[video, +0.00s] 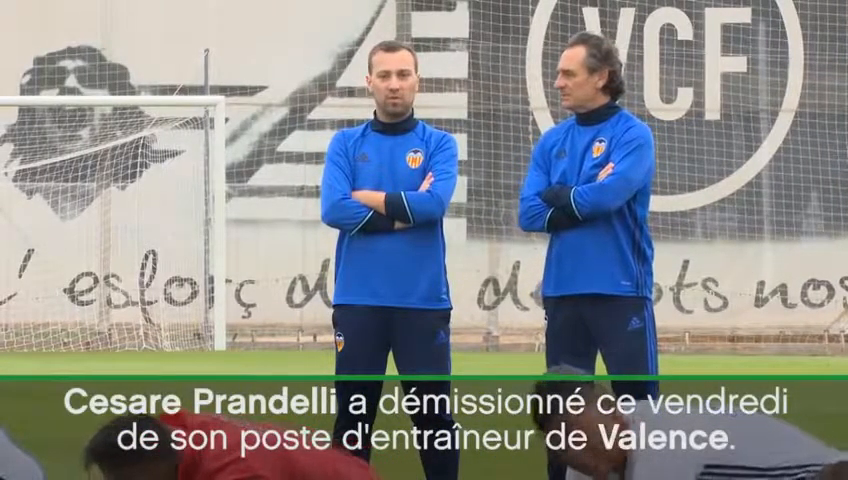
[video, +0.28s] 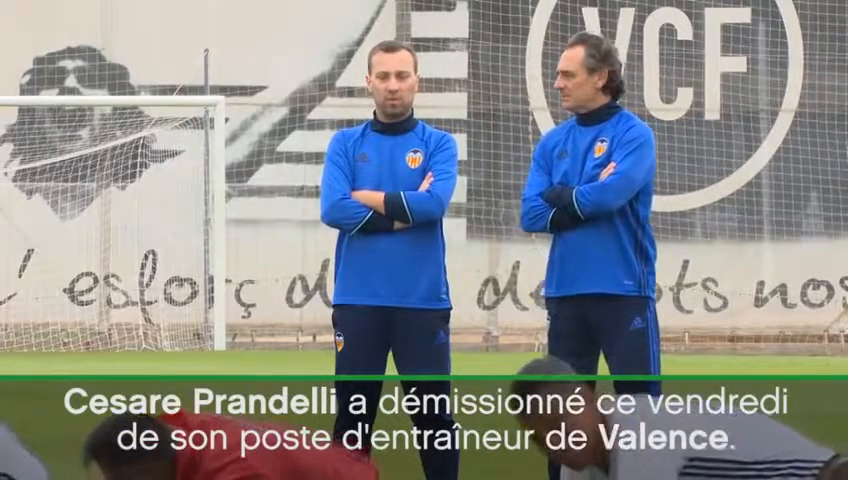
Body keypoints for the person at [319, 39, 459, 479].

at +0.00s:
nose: (394, 84)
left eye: (404, 75)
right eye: (385, 75)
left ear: (417, 82)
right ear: (369, 83)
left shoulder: (440, 143)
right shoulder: (345, 142)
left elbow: (433, 206)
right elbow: (333, 210)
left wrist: (363, 196)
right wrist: (406, 213)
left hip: (423, 301)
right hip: (358, 301)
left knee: (433, 415)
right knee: (352, 417)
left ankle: (443, 478)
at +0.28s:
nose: (393, 86)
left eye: (402, 76)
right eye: (384, 77)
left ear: (417, 82)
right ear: (369, 83)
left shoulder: (439, 143)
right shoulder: (345, 142)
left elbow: (433, 206)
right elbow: (333, 210)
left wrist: (363, 196)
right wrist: (406, 213)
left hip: (422, 301)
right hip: (358, 301)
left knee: (433, 415)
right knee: (352, 417)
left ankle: (443, 478)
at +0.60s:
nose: (392, 85)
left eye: (401, 76)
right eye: (382, 76)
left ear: (416, 82)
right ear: (369, 84)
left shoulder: (439, 143)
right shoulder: (345, 142)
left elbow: (433, 204)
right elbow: (332, 209)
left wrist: (361, 196)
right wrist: (404, 215)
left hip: (422, 301)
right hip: (357, 301)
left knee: (432, 417)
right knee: (352, 418)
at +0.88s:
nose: (392, 85)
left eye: (401, 76)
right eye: (382, 76)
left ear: (416, 82)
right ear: (368, 84)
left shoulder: (438, 142)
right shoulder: (344, 142)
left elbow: (433, 207)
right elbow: (332, 211)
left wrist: (362, 196)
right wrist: (407, 209)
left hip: (422, 300)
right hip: (357, 300)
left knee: (432, 414)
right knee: (353, 415)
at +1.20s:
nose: (391, 86)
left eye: (401, 76)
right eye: (381, 77)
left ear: (416, 82)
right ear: (368, 84)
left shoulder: (438, 143)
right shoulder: (344, 142)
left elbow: (434, 208)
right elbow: (333, 212)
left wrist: (365, 197)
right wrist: (406, 210)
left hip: (423, 303)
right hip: (357, 303)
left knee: (433, 422)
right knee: (352, 422)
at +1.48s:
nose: (391, 85)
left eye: (400, 76)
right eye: (381, 77)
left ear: (416, 83)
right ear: (368, 83)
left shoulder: (438, 143)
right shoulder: (345, 142)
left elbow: (433, 206)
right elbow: (332, 210)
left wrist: (363, 196)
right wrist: (402, 215)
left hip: (423, 303)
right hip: (357, 303)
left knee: (433, 417)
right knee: (351, 418)